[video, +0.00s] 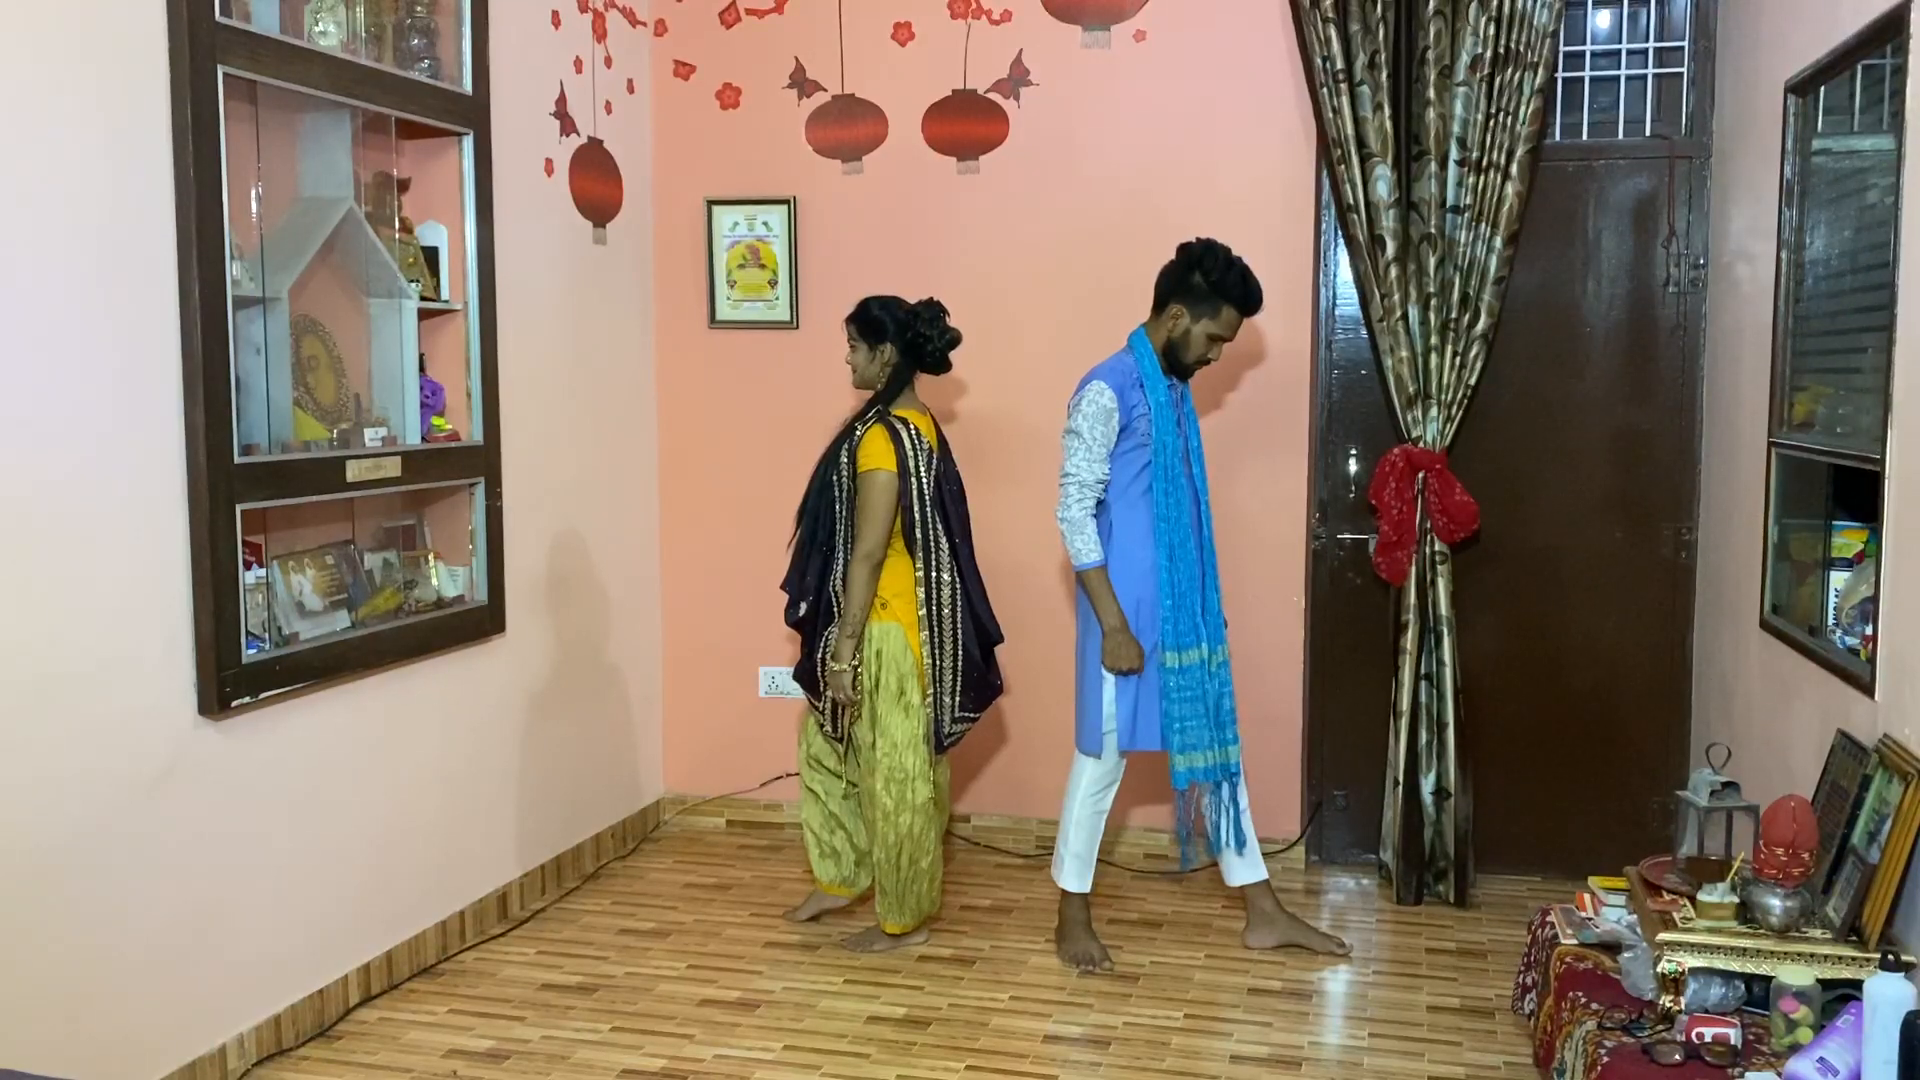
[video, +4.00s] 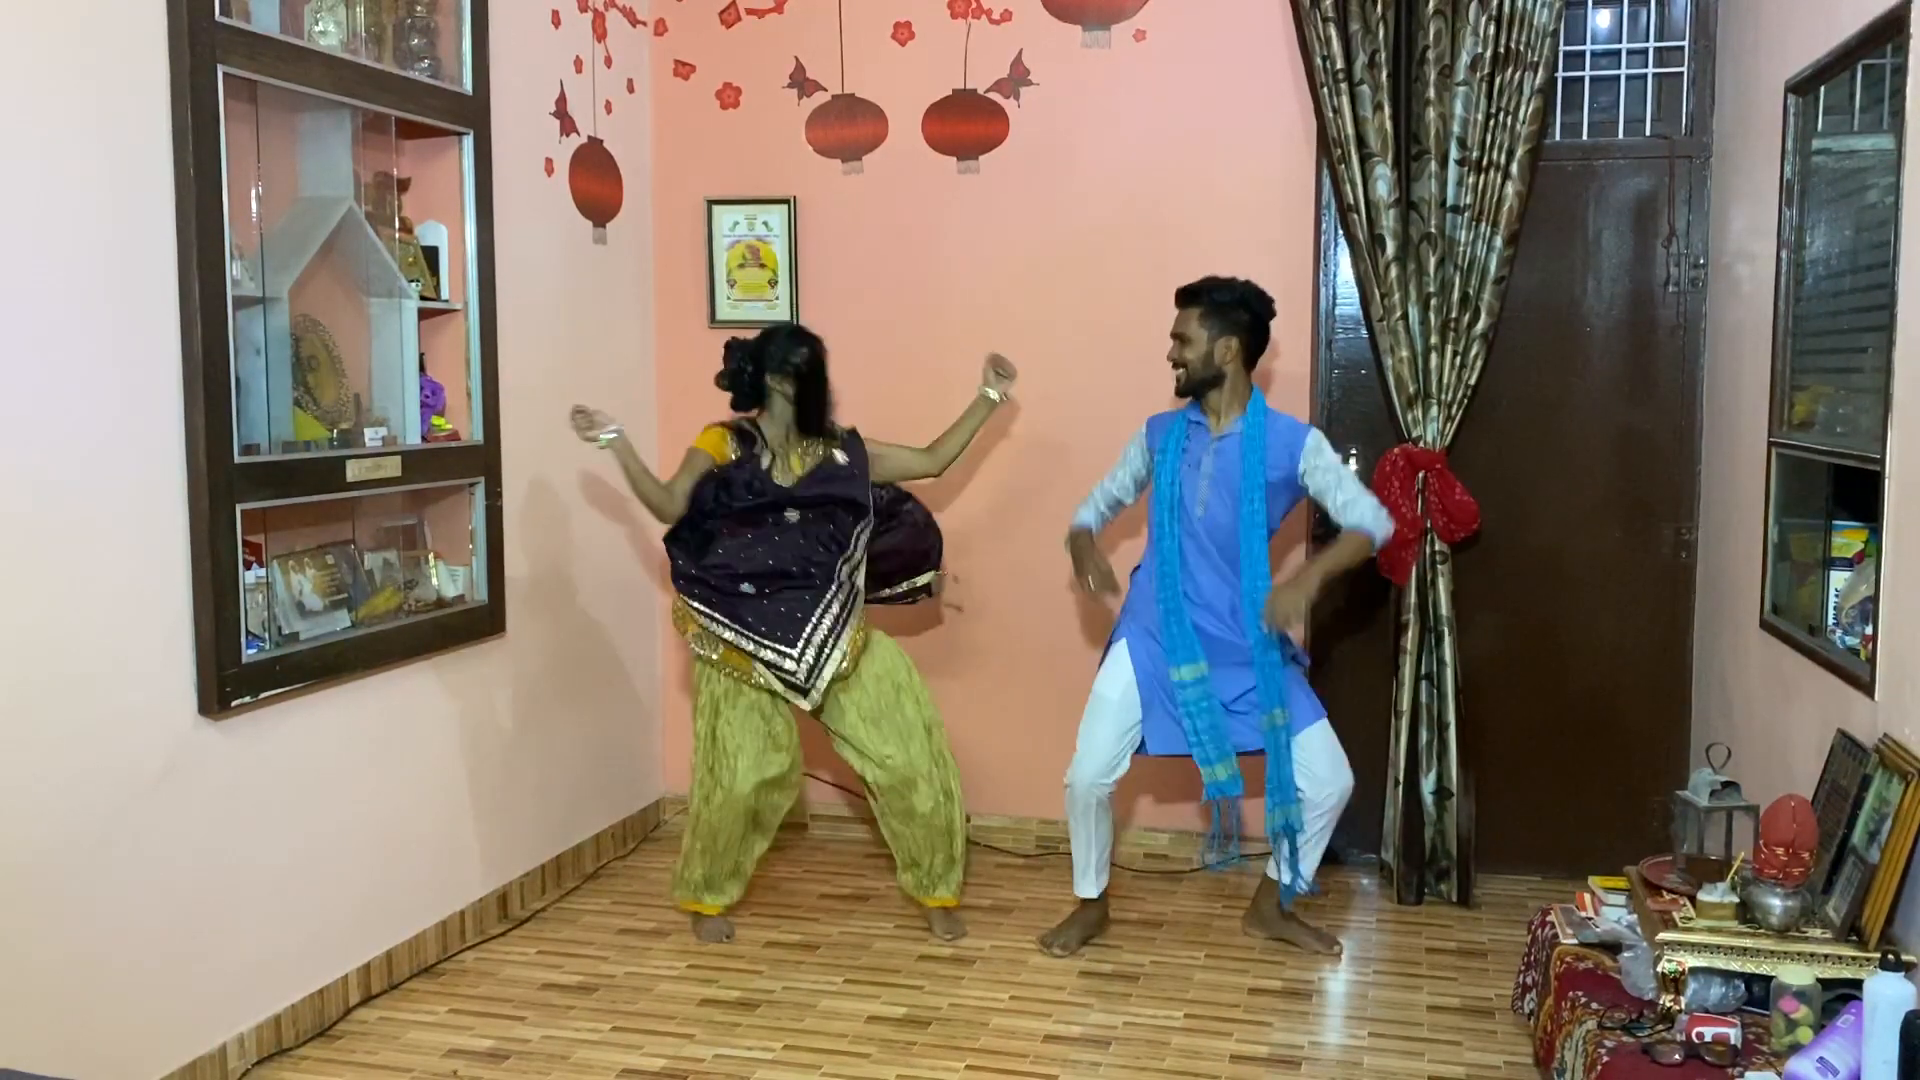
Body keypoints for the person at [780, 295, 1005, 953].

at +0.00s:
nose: (847, 359)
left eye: (856, 348)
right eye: (848, 347)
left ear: (888, 354)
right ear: (896, 355)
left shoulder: (883, 435)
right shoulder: (914, 425)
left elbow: (870, 551)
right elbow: (880, 547)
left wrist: (844, 647)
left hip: (888, 628)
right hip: (883, 619)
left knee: (896, 773)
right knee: (827, 749)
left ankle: (904, 914)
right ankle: (841, 875)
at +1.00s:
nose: (845, 359)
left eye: (854, 347)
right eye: (846, 346)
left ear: (887, 354)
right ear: (894, 354)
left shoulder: (880, 434)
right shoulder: (913, 423)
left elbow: (868, 551)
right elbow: (883, 547)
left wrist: (843, 648)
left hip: (886, 628)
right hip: (884, 618)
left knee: (896, 775)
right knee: (828, 752)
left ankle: (905, 915)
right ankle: (842, 878)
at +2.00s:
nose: (845, 358)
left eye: (854, 347)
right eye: (847, 346)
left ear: (885, 354)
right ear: (895, 354)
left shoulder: (879, 435)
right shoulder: (915, 425)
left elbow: (866, 549)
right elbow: (885, 546)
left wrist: (840, 646)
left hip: (881, 628)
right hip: (886, 619)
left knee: (895, 775)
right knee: (827, 752)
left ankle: (905, 918)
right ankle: (841, 879)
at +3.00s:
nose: (827, 330)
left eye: (835, 320)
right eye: (829, 320)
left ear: (864, 332)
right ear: (883, 334)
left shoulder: (868, 388)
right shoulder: (892, 382)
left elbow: (820, 342)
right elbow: (886, 306)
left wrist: (774, 278)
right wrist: (878, 229)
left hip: (871, 591)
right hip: (848, 586)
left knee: (879, 742)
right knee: (822, 723)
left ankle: (918, 895)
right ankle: (810, 855)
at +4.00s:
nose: (779, 379)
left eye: (778, 367)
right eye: (773, 368)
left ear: (766, 376)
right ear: (800, 377)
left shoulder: (842, 449)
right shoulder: (721, 444)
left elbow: (931, 460)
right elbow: (669, 508)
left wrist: (987, 398)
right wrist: (618, 440)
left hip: (837, 632)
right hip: (739, 637)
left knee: (913, 754)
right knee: (747, 772)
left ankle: (939, 890)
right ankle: (709, 897)